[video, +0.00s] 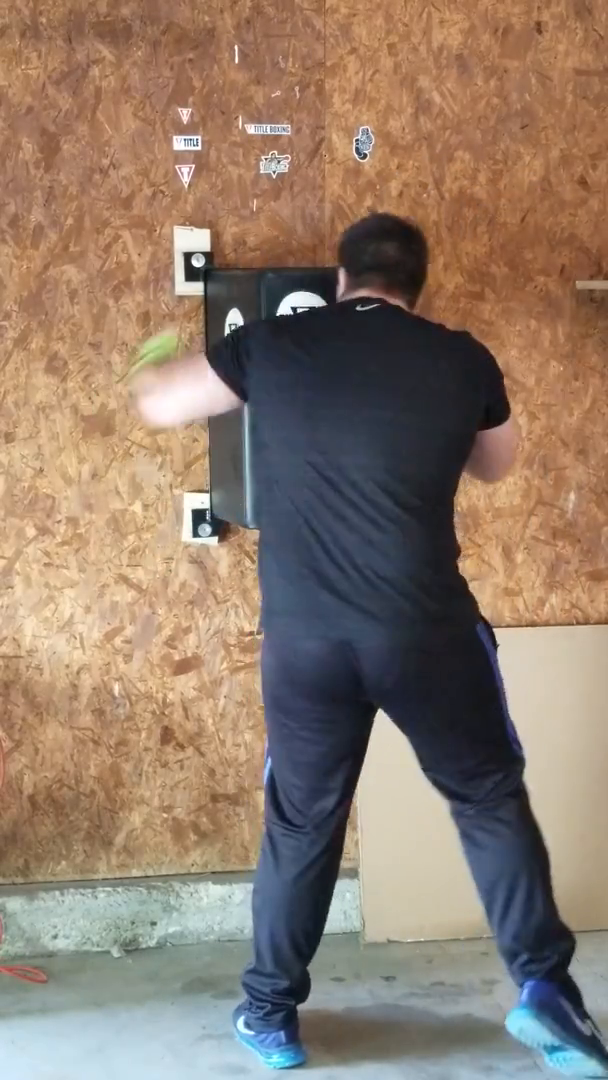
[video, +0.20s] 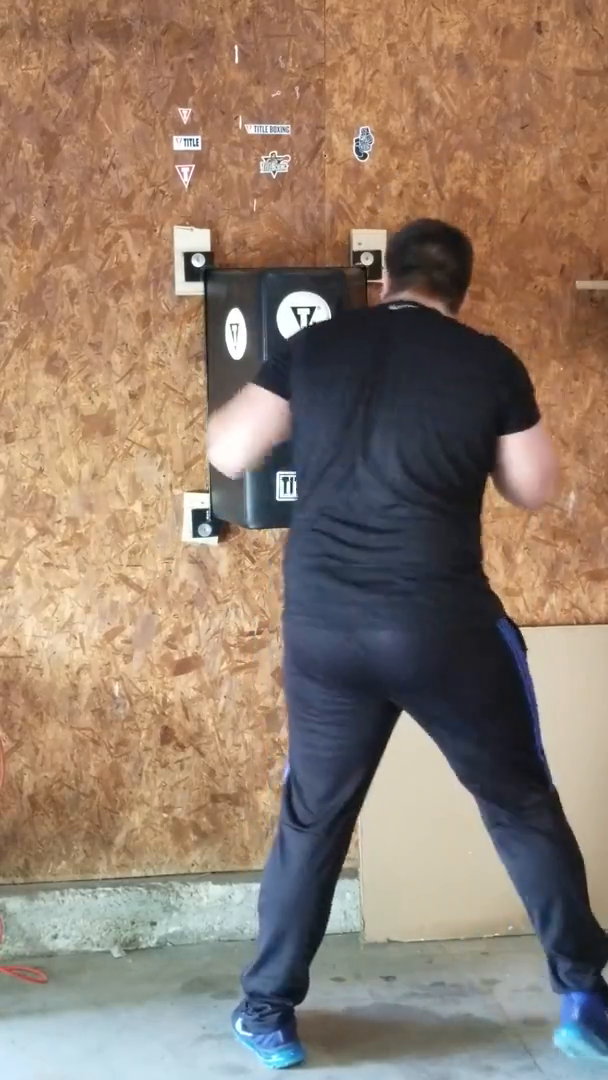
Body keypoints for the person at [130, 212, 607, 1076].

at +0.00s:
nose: (347, 288)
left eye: (340, 277)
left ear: (338, 279)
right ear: (417, 288)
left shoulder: (272, 343)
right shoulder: (462, 358)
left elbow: (158, 402)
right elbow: (494, 463)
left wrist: (159, 358)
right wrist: (425, 412)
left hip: (303, 635)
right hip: (424, 633)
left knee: (300, 821)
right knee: (488, 796)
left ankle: (269, 1012)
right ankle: (544, 986)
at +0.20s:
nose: (380, 287)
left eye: (378, 276)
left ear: (381, 281)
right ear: (462, 292)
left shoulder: (316, 346)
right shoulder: (491, 363)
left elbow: (230, 452)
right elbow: (533, 487)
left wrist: (282, 392)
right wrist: (471, 431)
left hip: (328, 626)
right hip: (447, 628)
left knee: (310, 816)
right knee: (521, 804)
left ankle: (268, 1011)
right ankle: (586, 995)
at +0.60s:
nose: (409, 324)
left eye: (405, 315)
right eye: (404, 315)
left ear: (422, 297)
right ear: (493, 280)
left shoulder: (432, 346)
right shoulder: (587, 348)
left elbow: (360, 466)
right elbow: (580, 461)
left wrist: (368, 409)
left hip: (463, 611)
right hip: (577, 616)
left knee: (417, 805)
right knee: (565, 818)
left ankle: (405, 993)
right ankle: (587, 1020)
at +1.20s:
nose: (414, 394)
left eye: (410, 382)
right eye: (407, 384)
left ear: (436, 372)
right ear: (470, 329)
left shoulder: (520, 405)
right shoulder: (549, 365)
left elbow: (457, 532)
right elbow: (487, 480)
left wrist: (414, 450)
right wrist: (435, 428)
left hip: (561, 628)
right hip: (589, 618)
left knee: (486, 798)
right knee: (603, 778)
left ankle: (494, 999)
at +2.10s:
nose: (406, 319)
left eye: (408, 301)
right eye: (403, 304)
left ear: (446, 292)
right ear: (471, 289)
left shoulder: (500, 347)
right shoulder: (533, 344)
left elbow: (536, 459)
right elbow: (499, 468)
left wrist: (425, 456)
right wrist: (429, 415)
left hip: (513, 612)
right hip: (575, 605)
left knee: (469, 798)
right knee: (557, 749)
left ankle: (489, 997)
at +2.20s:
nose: (427, 303)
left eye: (431, 288)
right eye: (425, 291)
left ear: (470, 276)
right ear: (510, 278)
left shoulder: (478, 327)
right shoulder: (584, 350)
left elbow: (429, 392)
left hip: (501, 606)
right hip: (592, 601)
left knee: (482, 801)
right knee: (565, 730)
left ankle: (489, 995)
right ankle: (607, 895)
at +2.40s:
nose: (455, 314)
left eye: (458, 299)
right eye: (454, 302)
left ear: (485, 288)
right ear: (535, 290)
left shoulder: (488, 335)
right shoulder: (595, 348)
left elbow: (437, 431)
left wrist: (380, 419)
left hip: (506, 602)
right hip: (595, 605)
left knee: (466, 792)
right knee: (591, 784)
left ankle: (480, 990)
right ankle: (606, 944)